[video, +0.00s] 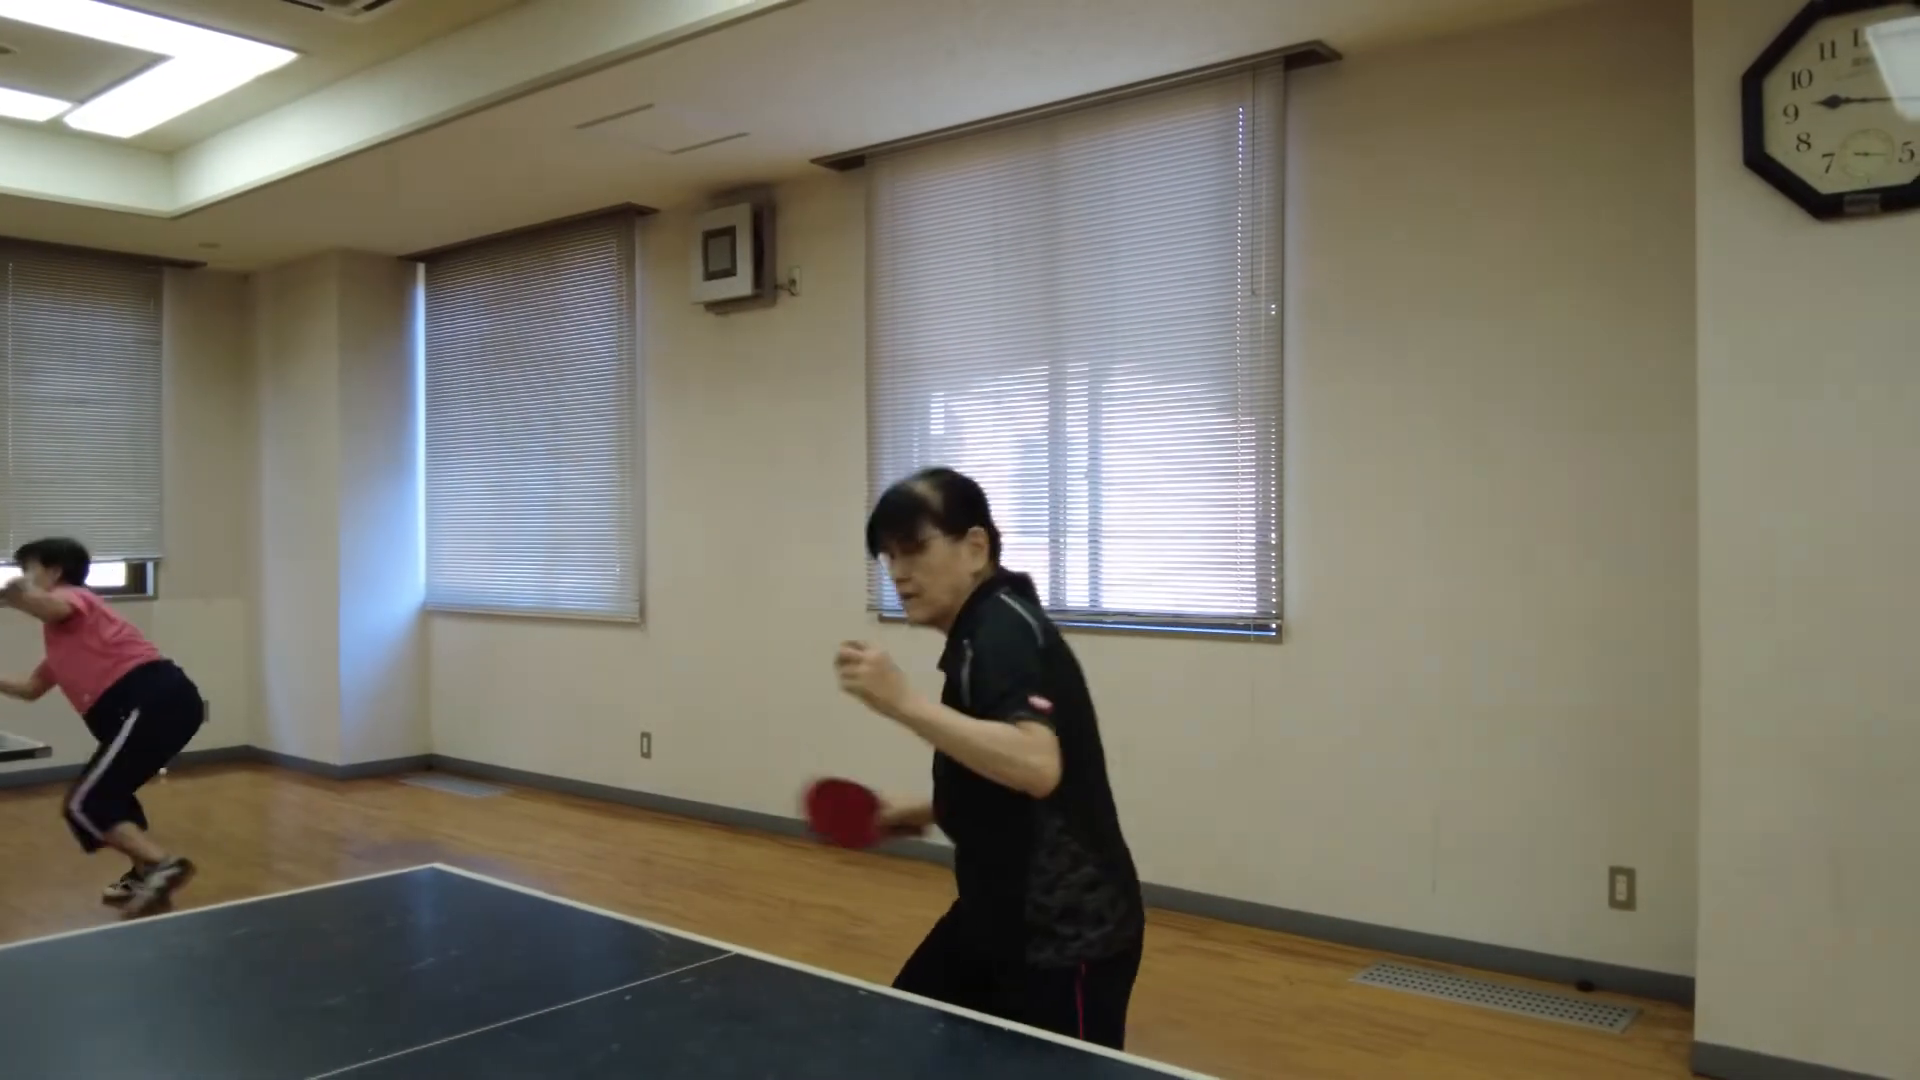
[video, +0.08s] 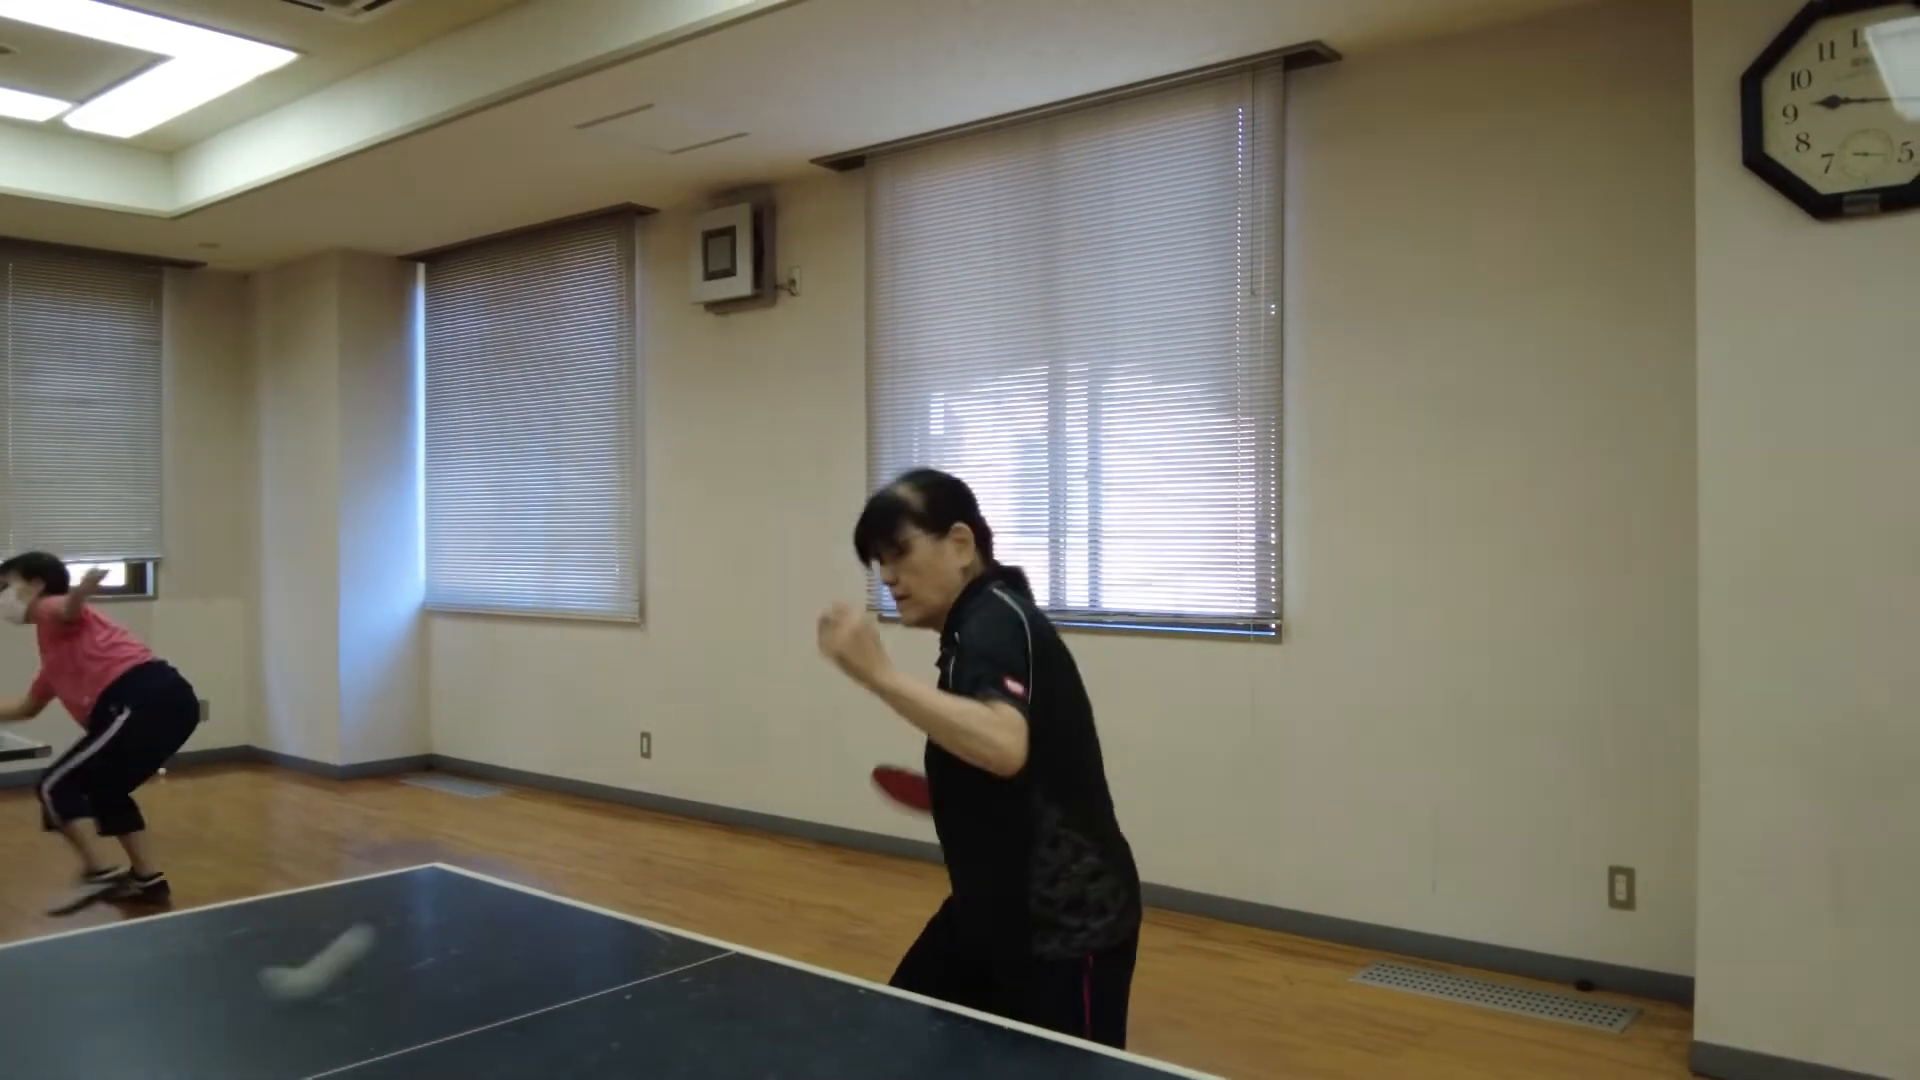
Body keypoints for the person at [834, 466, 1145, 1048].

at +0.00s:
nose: (898, 573)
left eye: (914, 550)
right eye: (890, 558)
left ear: (976, 546)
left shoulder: (1004, 623)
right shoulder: (979, 630)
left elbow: (1037, 766)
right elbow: (1010, 786)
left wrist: (905, 702)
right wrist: (919, 816)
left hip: (1065, 930)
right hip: (998, 912)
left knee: (1060, 1073)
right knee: (897, 1036)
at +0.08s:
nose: (886, 577)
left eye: (899, 553)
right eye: (879, 563)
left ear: (961, 542)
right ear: (961, 548)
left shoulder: (993, 614)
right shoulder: (980, 617)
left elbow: (1006, 744)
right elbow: (1031, 766)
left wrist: (879, 673)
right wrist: (946, 794)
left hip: (1063, 922)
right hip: (1000, 904)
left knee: (1066, 1072)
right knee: (895, 1035)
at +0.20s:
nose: (903, 536)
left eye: (912, 511)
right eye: (895, 520)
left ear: (968, 503)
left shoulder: (1037, 584)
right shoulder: (972, 611)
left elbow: (995, 681)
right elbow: (977, 766)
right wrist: (872, 742)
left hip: (1088, 883)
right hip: (997, 875)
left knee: (1107, 1067)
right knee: (914, 1041)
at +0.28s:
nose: (925, 529)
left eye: (937, 505)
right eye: (916, 516)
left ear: (995, 491)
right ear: (914, 527)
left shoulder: (1075, 569)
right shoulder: (957, 625)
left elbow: (1012, 642)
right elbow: (901, 733)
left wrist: (960, 517)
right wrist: (811, 661)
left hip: (1121, 866)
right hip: (1013, 865)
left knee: (1138, 1064)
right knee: (930, 1036)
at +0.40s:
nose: (955, 536)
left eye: (971, 513)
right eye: (947, 522)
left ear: (1036, 509)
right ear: (943, 530)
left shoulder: (1116, 593)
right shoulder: (965, 631)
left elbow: (1088, 663)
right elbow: (854, 709)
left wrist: (1027, 533)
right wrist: (827, 597)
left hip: (1133, 898)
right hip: (1015, 893)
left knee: (1153, 1074)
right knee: (932, 1051)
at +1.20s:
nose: (946, 488)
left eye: (965, 470)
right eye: (941, 471)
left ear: (1021, 474)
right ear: (937, 476)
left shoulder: (1075, 565)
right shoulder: (975, 590)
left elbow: (1023, 648)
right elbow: (951, 713)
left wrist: (1013, 514)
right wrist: (862, 648)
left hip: (1074, 879)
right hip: (979, 869)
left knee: (1103, 1064)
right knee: (919, 1041)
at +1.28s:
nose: (937, 489)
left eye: (956, 468)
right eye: (931, 475)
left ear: (1018, 473)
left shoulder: (1064, 565)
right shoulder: (981, 584)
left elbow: (1029, 690)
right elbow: (963, 714)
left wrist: (984, 549)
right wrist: (875, 655)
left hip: (1077, 877)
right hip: (987, 869)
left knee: (1102, 1064)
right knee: (928, 1042)